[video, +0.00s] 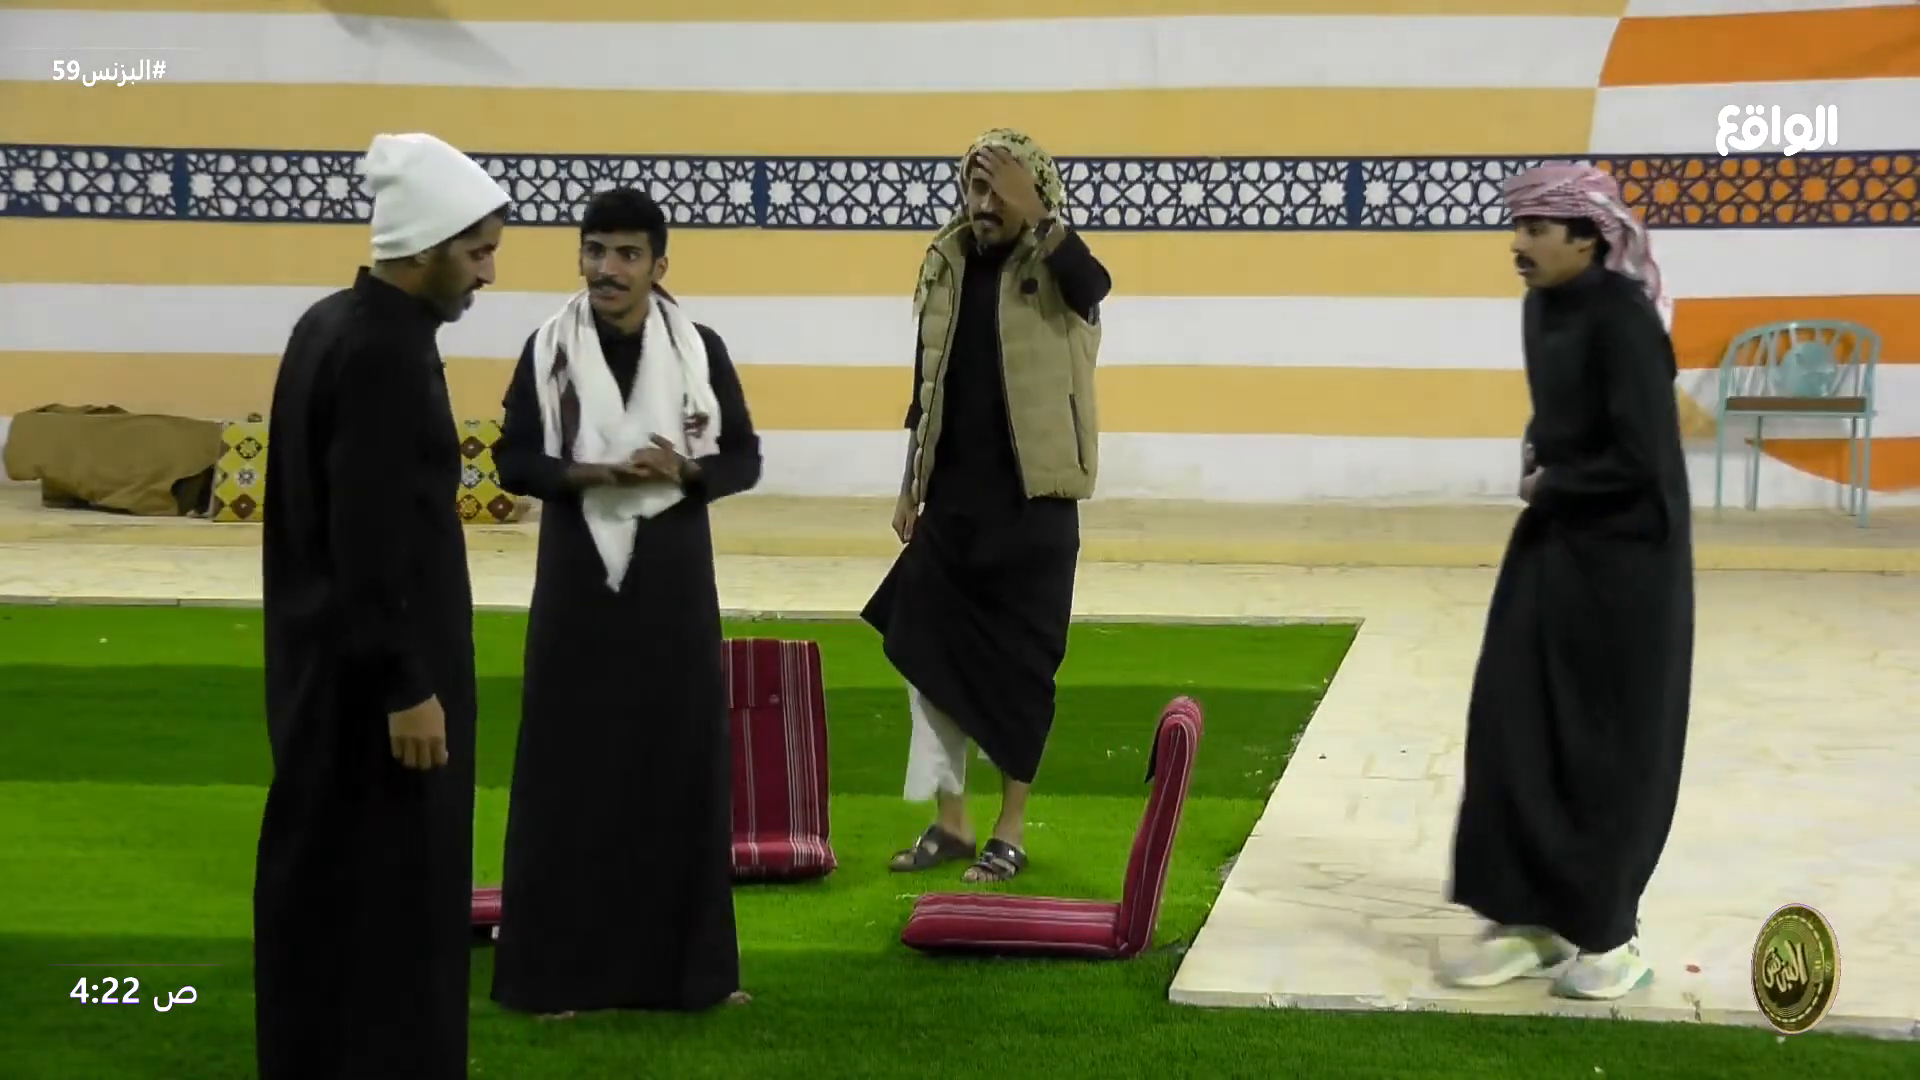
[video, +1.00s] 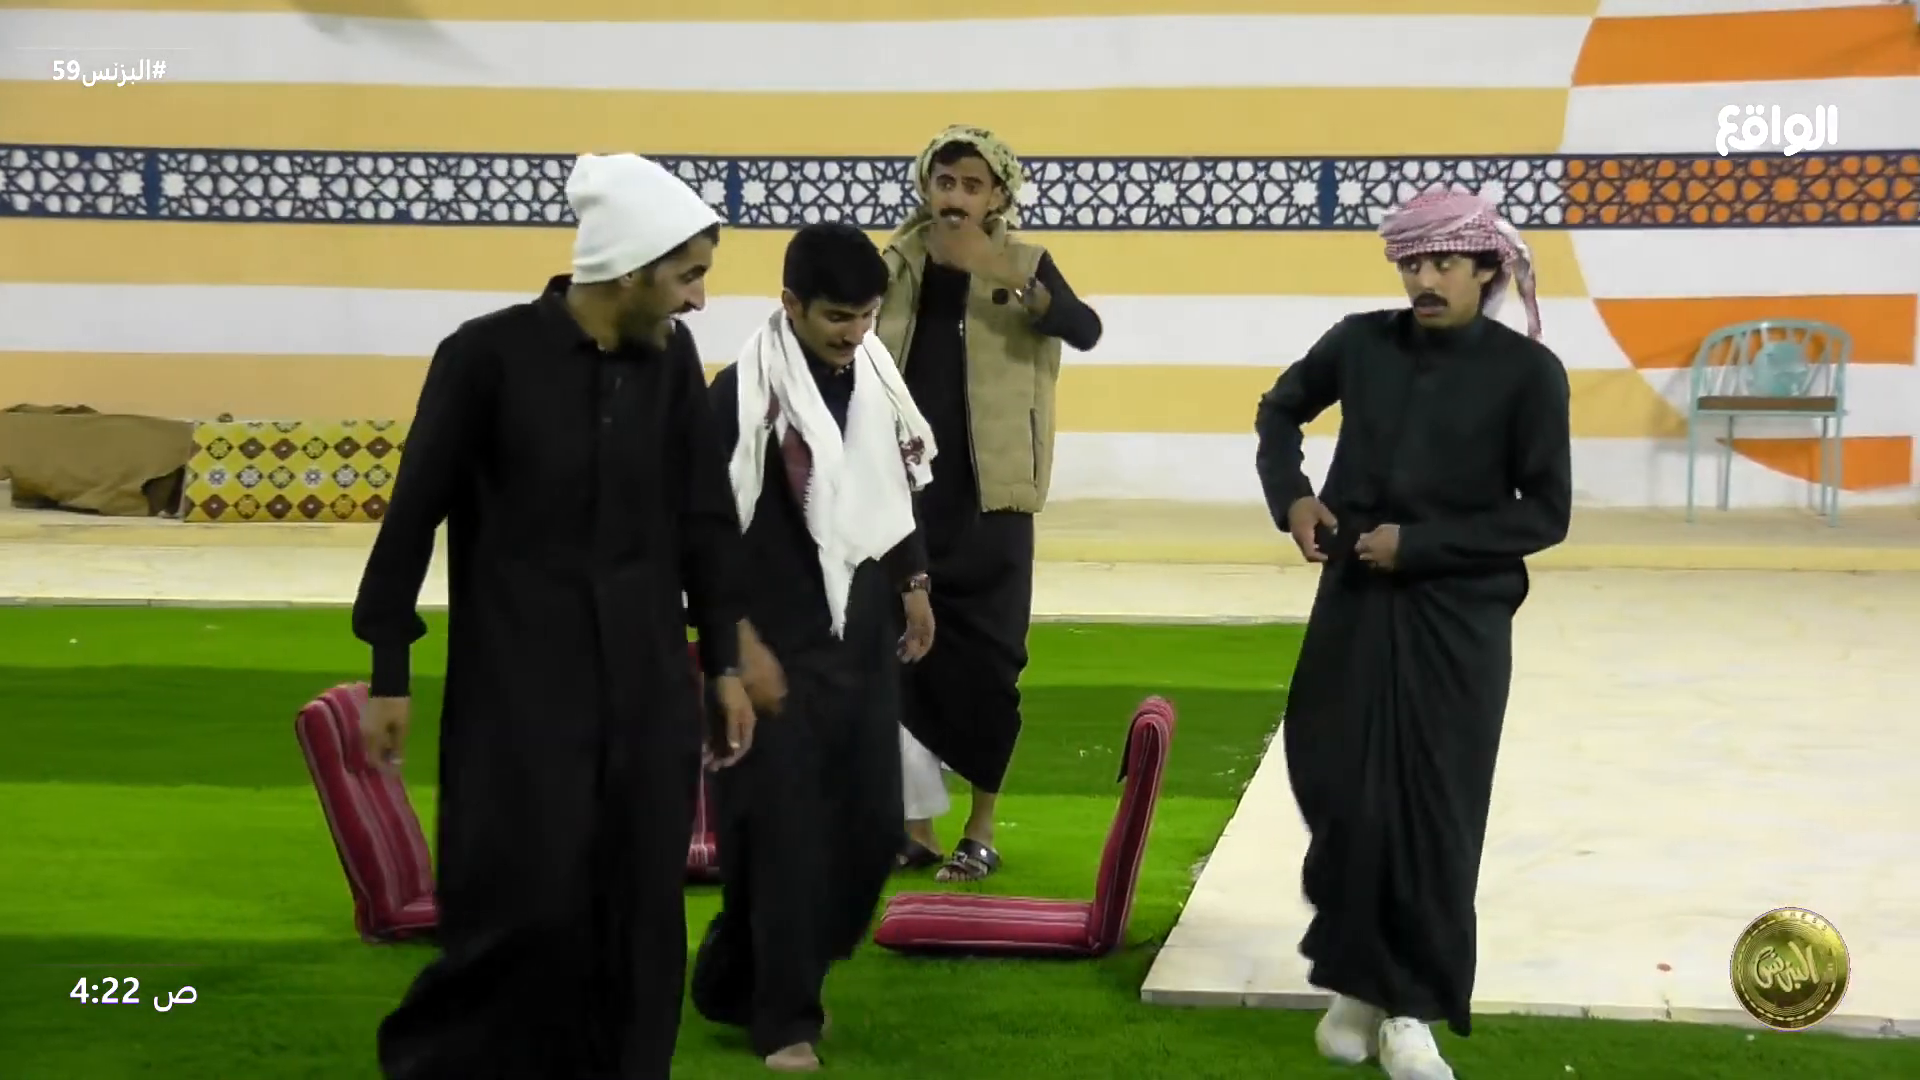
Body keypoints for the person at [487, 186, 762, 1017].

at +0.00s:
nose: (609, 267)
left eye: (627, 254)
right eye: (596, 251)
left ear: (658, 262)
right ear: (581, 257)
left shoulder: (697, 346)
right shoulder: (551, 345)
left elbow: (746, 459)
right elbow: (517, 465)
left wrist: (687, 472)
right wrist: (602, 470)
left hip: (672, 592)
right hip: (576, 590)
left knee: (680, 767)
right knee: (571, 769)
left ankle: (693, 970)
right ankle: (562, 976)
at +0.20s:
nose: (661, 270)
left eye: (678, 255)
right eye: (646, 255)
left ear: (707, 262)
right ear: (630, 258)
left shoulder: (741, 345)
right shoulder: (597, 347)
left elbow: (791, 450)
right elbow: (552, 467)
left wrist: (758, 479)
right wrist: (630, 524)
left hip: (712, 591)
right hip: (620, 592)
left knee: (709, 769)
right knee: (609, 770)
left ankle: (700, 968)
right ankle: (593, 969)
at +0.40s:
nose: (721, 273)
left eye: (739, 259)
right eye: (706, 256)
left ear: (764, 268)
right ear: (685, 261)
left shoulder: (783, 351)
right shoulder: (643, 350)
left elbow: (817, 449)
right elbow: (612, 474)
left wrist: (817, 492)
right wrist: (601, 595)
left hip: (745, 599)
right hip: (655, 599)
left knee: (743, 781)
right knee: (652, 782)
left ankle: (736, 972)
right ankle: (648, 980)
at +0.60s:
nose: (792, 297)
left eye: (803, 284)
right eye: (776, 282)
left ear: (813, 281)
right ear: (734, 274)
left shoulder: (812, 360)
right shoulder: (681, 364)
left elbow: (843, 452)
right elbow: (627, 474)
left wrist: (862, 506)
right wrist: (597, 585)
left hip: (775, 616)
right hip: (694, 617)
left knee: (762, 796)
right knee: (723, 795)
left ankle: (705, 972)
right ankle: (751, 995)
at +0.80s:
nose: (830, 322)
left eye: (841, 307)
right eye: (813, 308)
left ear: (852, 300)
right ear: (768, 297)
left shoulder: (850, 380)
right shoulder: (717, 390)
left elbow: (882, 480)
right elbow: (656, 520)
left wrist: (909, 538)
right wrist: (653, 652)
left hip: (817, 628)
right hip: (740, 632)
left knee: (782, 803)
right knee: (778, 805)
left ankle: (714, 949)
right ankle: (802, 1014)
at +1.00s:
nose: (856, 332)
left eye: (867, 315)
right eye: (838, 318)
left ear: (879, 304)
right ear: (792, 303)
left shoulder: (875, 373)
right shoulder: (742, 393)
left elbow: (892, 490)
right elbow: (704, 532)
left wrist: (914, 582)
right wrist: (740, 641)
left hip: (863, 645)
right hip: (777, 650)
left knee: (868, 830)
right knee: (783, 832)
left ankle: (735, 972)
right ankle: (784, 1022)